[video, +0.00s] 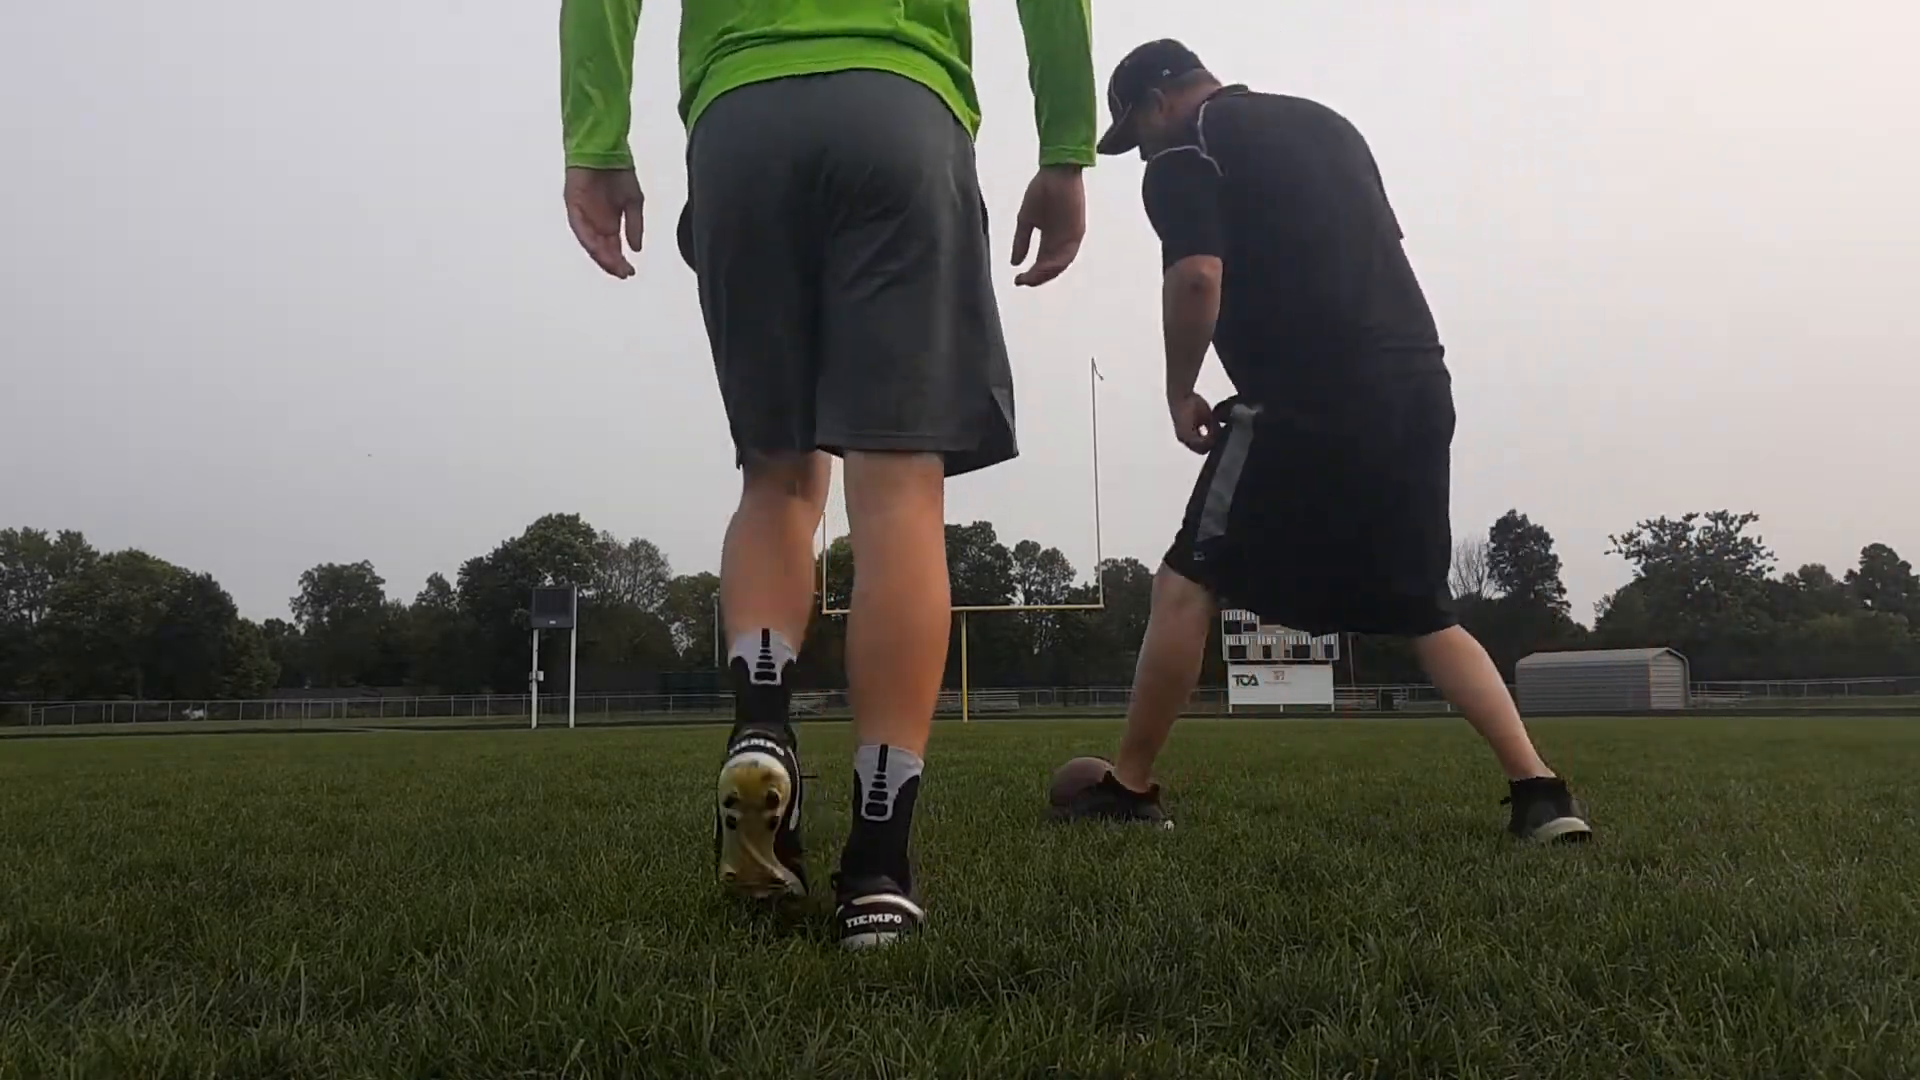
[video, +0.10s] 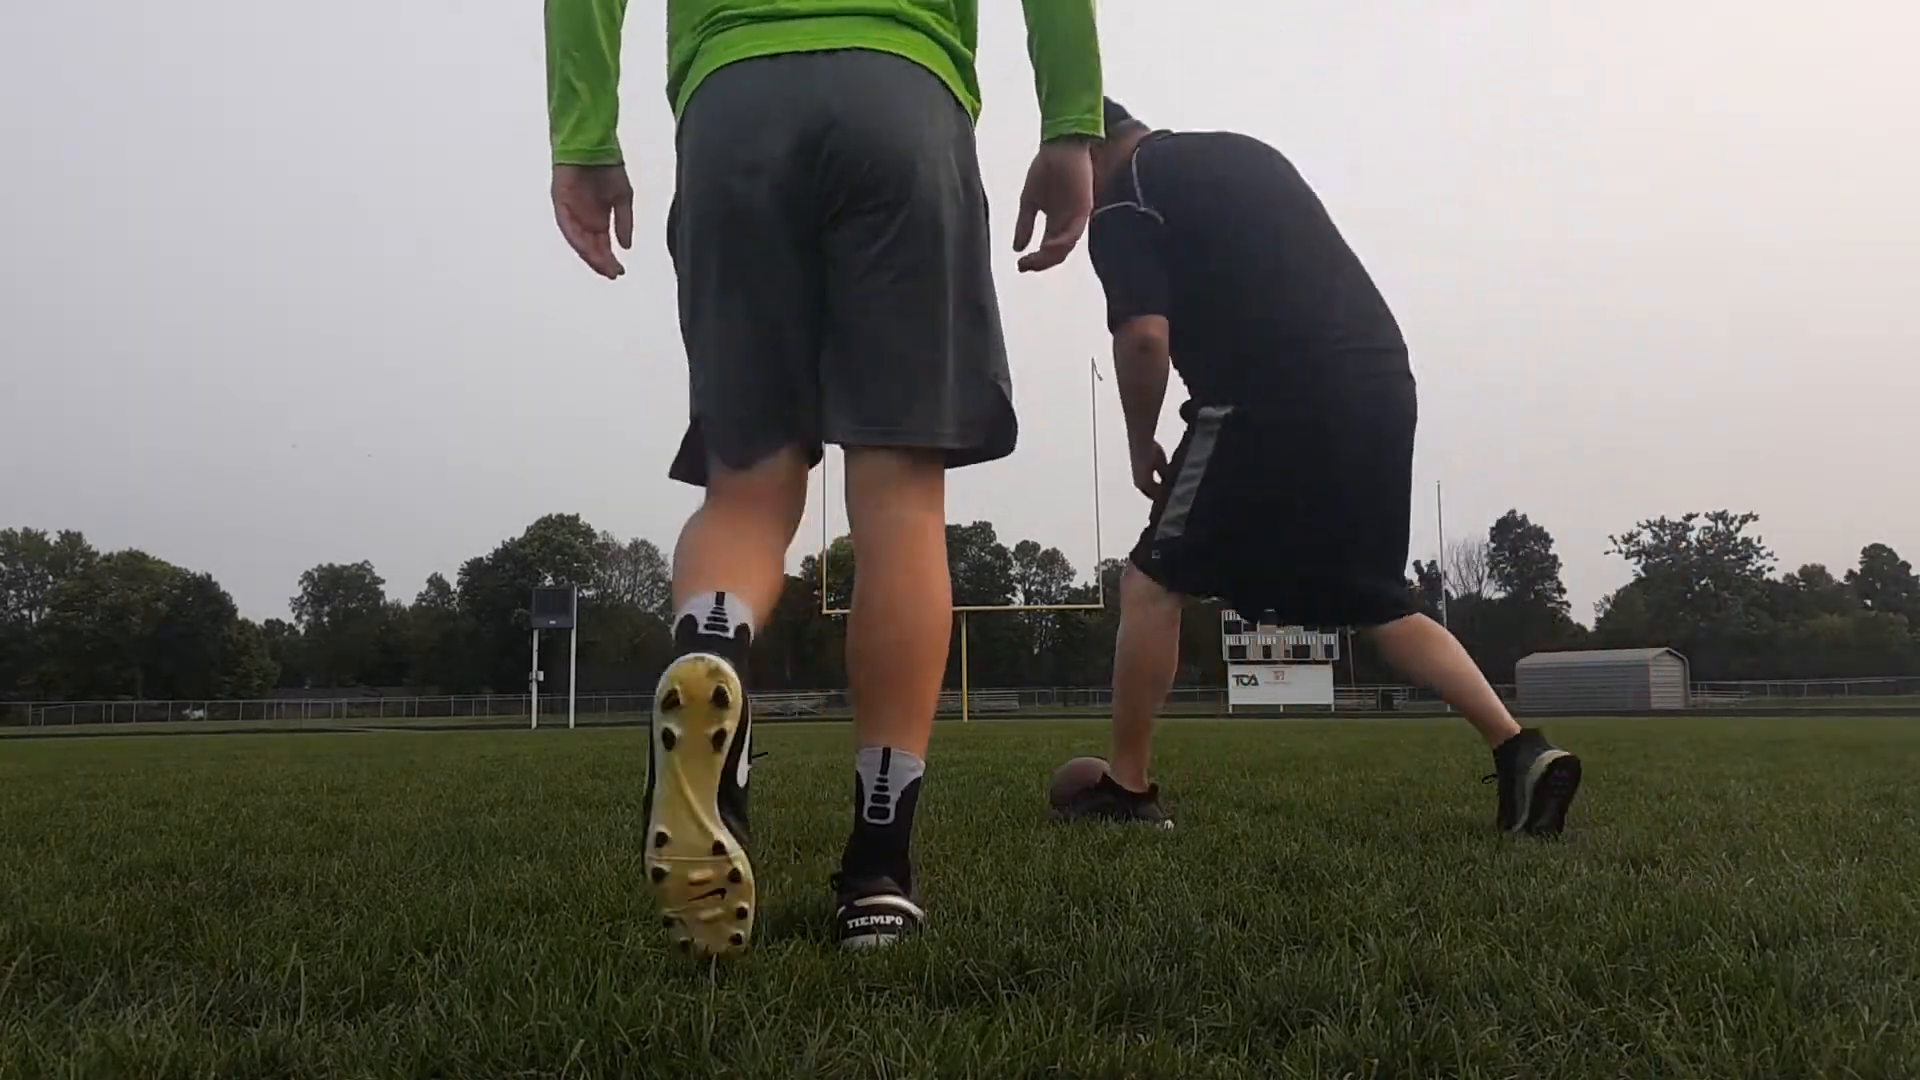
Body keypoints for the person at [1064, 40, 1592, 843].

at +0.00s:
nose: (1147, 154)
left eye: (1141, 137)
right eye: (1137, 144)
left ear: (1161, 96)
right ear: (1202, 82)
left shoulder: (1184, 148)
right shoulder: (1323, 121)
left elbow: (1197, 275)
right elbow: (1364, 254)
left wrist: (1181, 389)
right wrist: (1273, 383)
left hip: (1302, 392)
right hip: (1416, 385)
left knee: (1185, 583)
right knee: (1418, 603)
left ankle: (1129, 782)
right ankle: (1537, 783)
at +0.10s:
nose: (1084, 207)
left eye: (1075, 186)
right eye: (1073, 194)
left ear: (1094, 157)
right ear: (1134, 131)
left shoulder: (1126, 196)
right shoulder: (1244, 156)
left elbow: (1143, 335)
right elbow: (1280, 290)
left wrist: (1142, 443)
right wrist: (1211, 409)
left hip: (1266, 399)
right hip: (1377, 385)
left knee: (1150, 582)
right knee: (1371, 598)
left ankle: (1126, 783)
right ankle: (1517, 746)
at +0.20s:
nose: (1034, 261)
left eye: (1026, 245)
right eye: (1023, 250)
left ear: (1041, 214)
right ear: (1080, 180)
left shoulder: (1089, 236)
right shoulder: (1179, 208)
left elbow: (1115, 387)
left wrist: (1121, 485)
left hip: (1259, 397)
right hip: (1361, 384)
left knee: (1135, 578)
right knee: (1355, 594)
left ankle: (1126, 781)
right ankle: (1517, 747)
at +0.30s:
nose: (1019, 315)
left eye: (1009, 300)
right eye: (1006, 307)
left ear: (1023, 260)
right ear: (1051, 239)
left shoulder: (1067, 288)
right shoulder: (1150, 254)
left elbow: (1108, 426)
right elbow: (1209, 390)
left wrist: (1116, 538)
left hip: (1248, 400)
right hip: (1353, 390)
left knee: (1130, 580)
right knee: (1349, 603)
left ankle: (1123, 784)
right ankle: (1505, 768)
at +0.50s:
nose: (1014, 419)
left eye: (998, 402)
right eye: (997, 410)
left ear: (1012, 353)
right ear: (1028, 334)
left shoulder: (1066, 350)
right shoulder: (1120, 333)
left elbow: (1123, 469)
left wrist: (1103, 559)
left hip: (1261, 428)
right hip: (1356, 427)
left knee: (1113, 578)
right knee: (1332, 642)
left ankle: (1122, 785)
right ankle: (1518, 774)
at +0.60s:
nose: (1004, 452)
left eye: (990, 436)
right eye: (990, 445)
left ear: (1007, 389)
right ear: (1020, 375)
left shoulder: (1064, 377)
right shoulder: (1112, 367)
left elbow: (1122, 481)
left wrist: (1094, 554)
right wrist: (1112, 693)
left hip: (1266, 440)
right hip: (1356, 443)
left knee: (1106, 574)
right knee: (1321, 663)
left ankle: (1120, 786)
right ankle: (1508, 768)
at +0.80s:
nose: (974, 469)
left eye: (966, 450)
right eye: (962, 464)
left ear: (991, 406)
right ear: (997, 414)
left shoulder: (1057, 402)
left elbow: (1122, 490)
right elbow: (1108, 605)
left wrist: (1070, 557)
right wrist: (1085, 736)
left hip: (1270, 476)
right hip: (1337, 498)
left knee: (1075, 573)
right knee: (1279, 709)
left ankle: (1118, 786)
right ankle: (1481, 756)